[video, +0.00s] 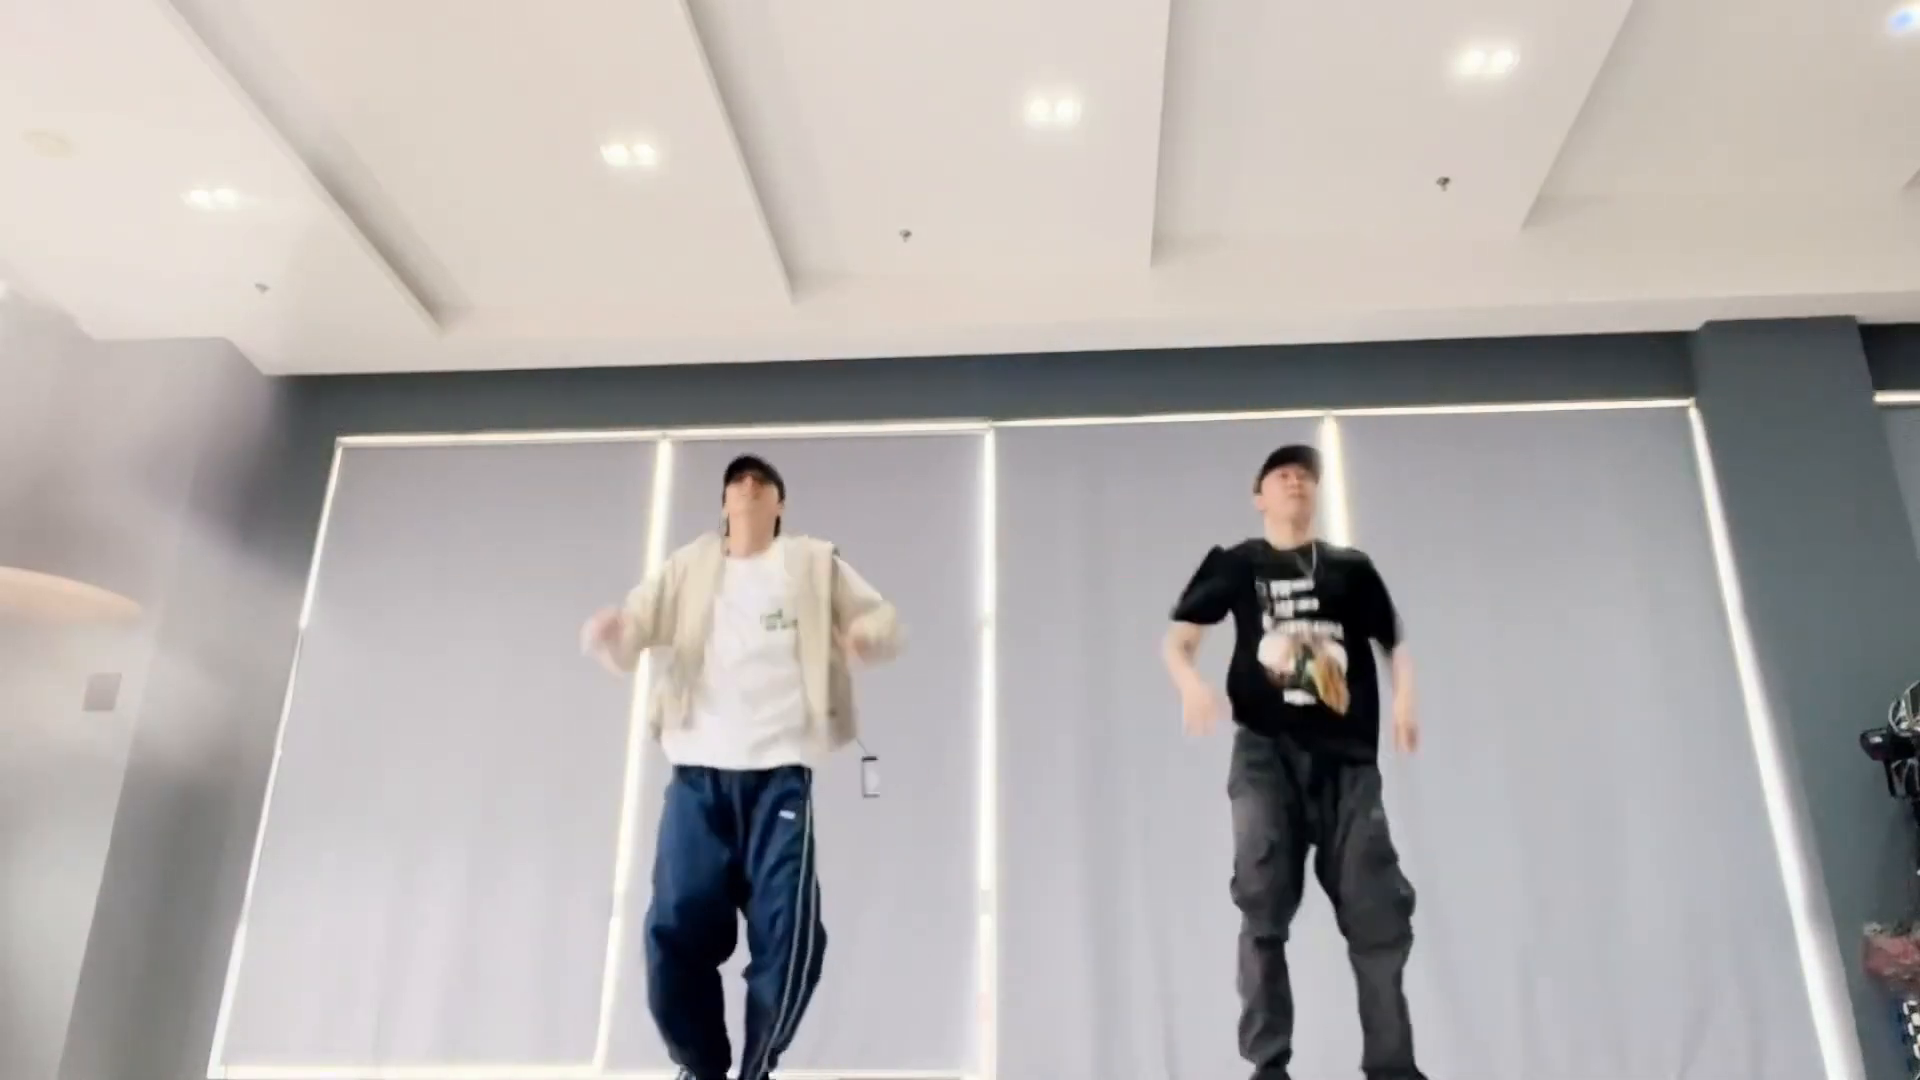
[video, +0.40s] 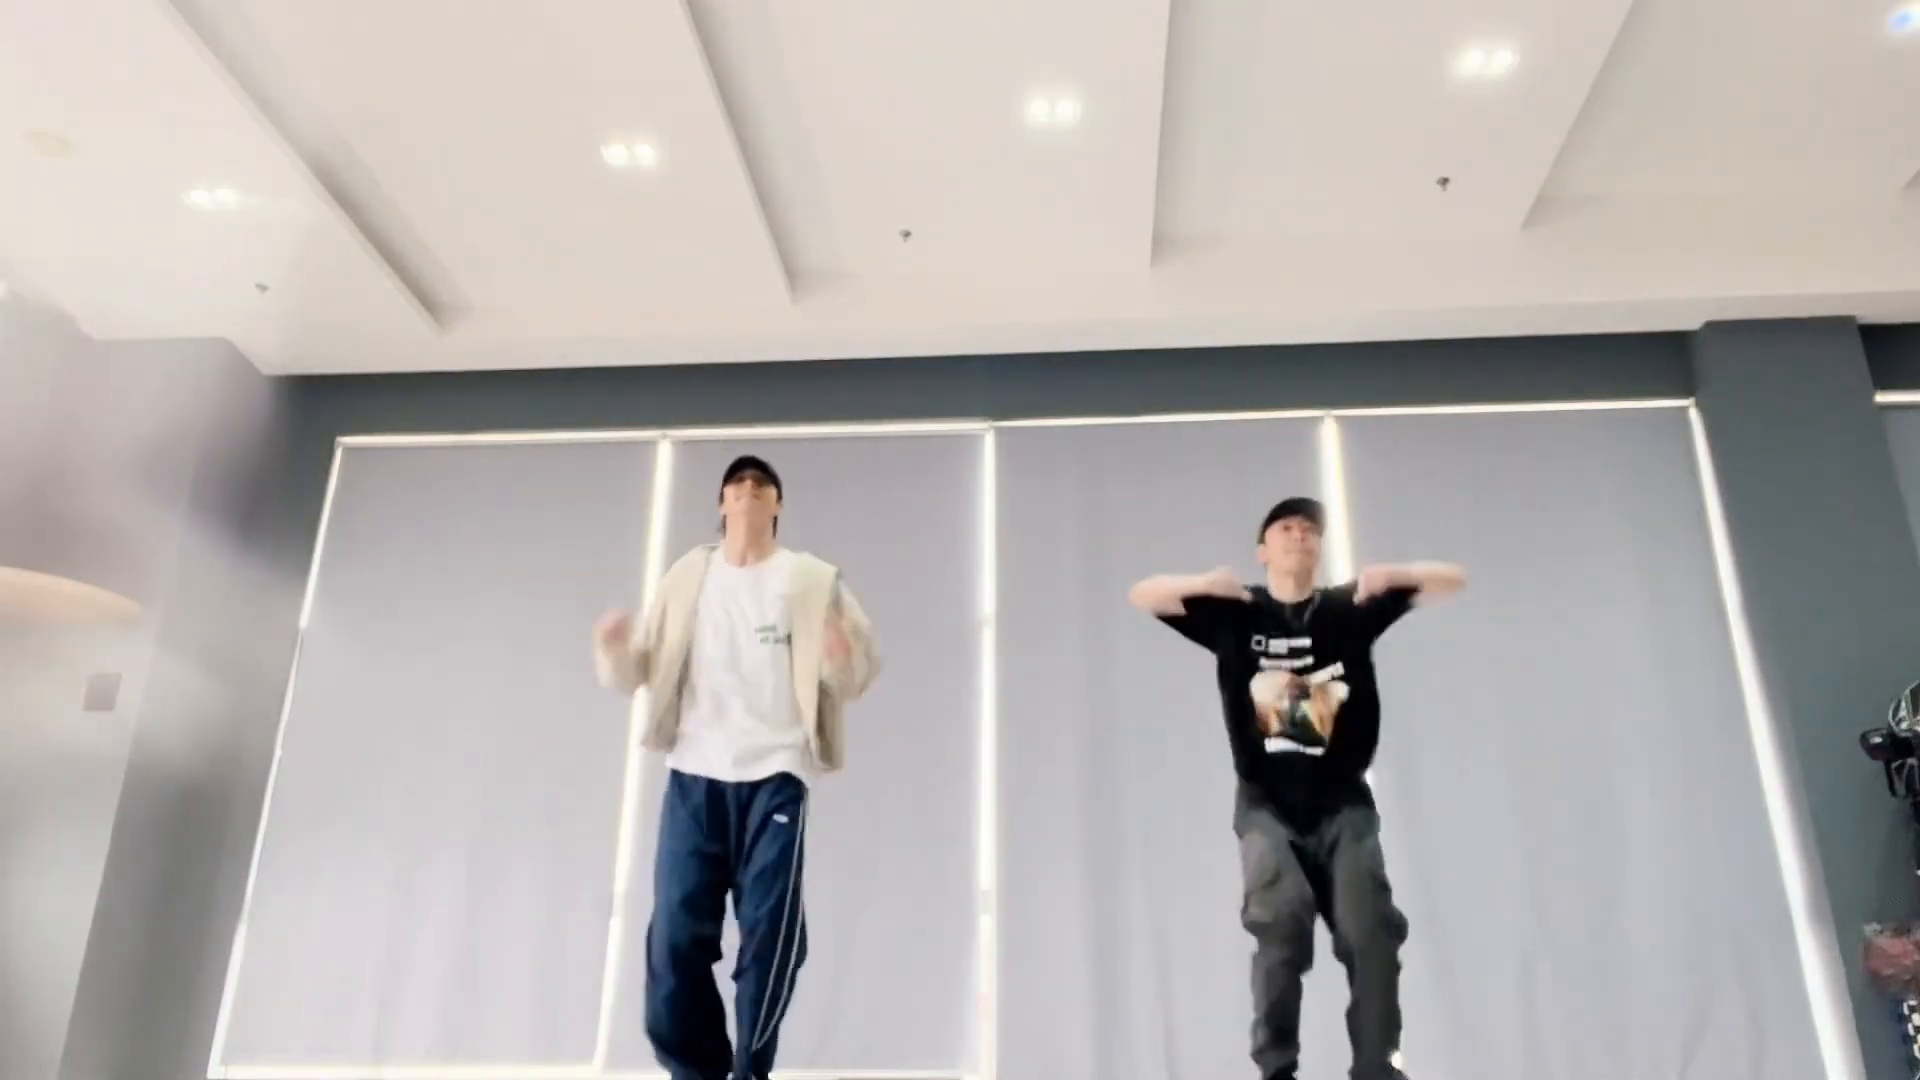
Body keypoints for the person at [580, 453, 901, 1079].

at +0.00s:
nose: (748, 490)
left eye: (761, 483)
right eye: (737, 483)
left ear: (779, 505)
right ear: (722, 504)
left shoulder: (815, 561)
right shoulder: (686, 565)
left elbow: (883, 621)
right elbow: (635, 638)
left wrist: (867, 636)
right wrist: (614, 640)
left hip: (781, 777)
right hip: (697, 777)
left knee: (787, 933)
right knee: (676, 930)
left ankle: (757, 1069)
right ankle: (702, 1067)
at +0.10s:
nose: (754, 477)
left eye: (766, 470)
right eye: (743, 470)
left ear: (783, 491)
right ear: (726, 488)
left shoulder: (810, 558)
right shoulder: (693, 557)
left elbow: (825, 661)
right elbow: (671, 660)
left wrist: (834, 750)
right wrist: (651, 757)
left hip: (775, 755)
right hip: (697, 752)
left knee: (769, 909)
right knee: (692, 908)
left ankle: (751, 1060)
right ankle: (700, 1061)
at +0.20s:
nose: (753, 477)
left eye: (766, 470)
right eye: (743, 470)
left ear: (784, 490)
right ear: (727, 488)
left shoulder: (812, 558)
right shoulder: (692, 554)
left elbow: (816, 665)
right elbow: (666, 663)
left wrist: (838, 724)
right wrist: (630, 742)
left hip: (776, 760)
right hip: (697, 758)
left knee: (769, 918)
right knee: (698, 922)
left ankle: (748, 1067)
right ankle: (698, 1067)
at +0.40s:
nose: (747, 491)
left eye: (760, 485)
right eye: (736, 484)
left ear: (779, 507)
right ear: (720, 506)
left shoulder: (813, 579)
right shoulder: (687, 574)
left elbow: (856, 680)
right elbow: (636, 678)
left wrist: (847, 656)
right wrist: (615, 650)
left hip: (775, 774)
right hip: (693, 772)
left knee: (770, 930)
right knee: (675, 934)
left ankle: (750, 1069)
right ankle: (697, 1070)